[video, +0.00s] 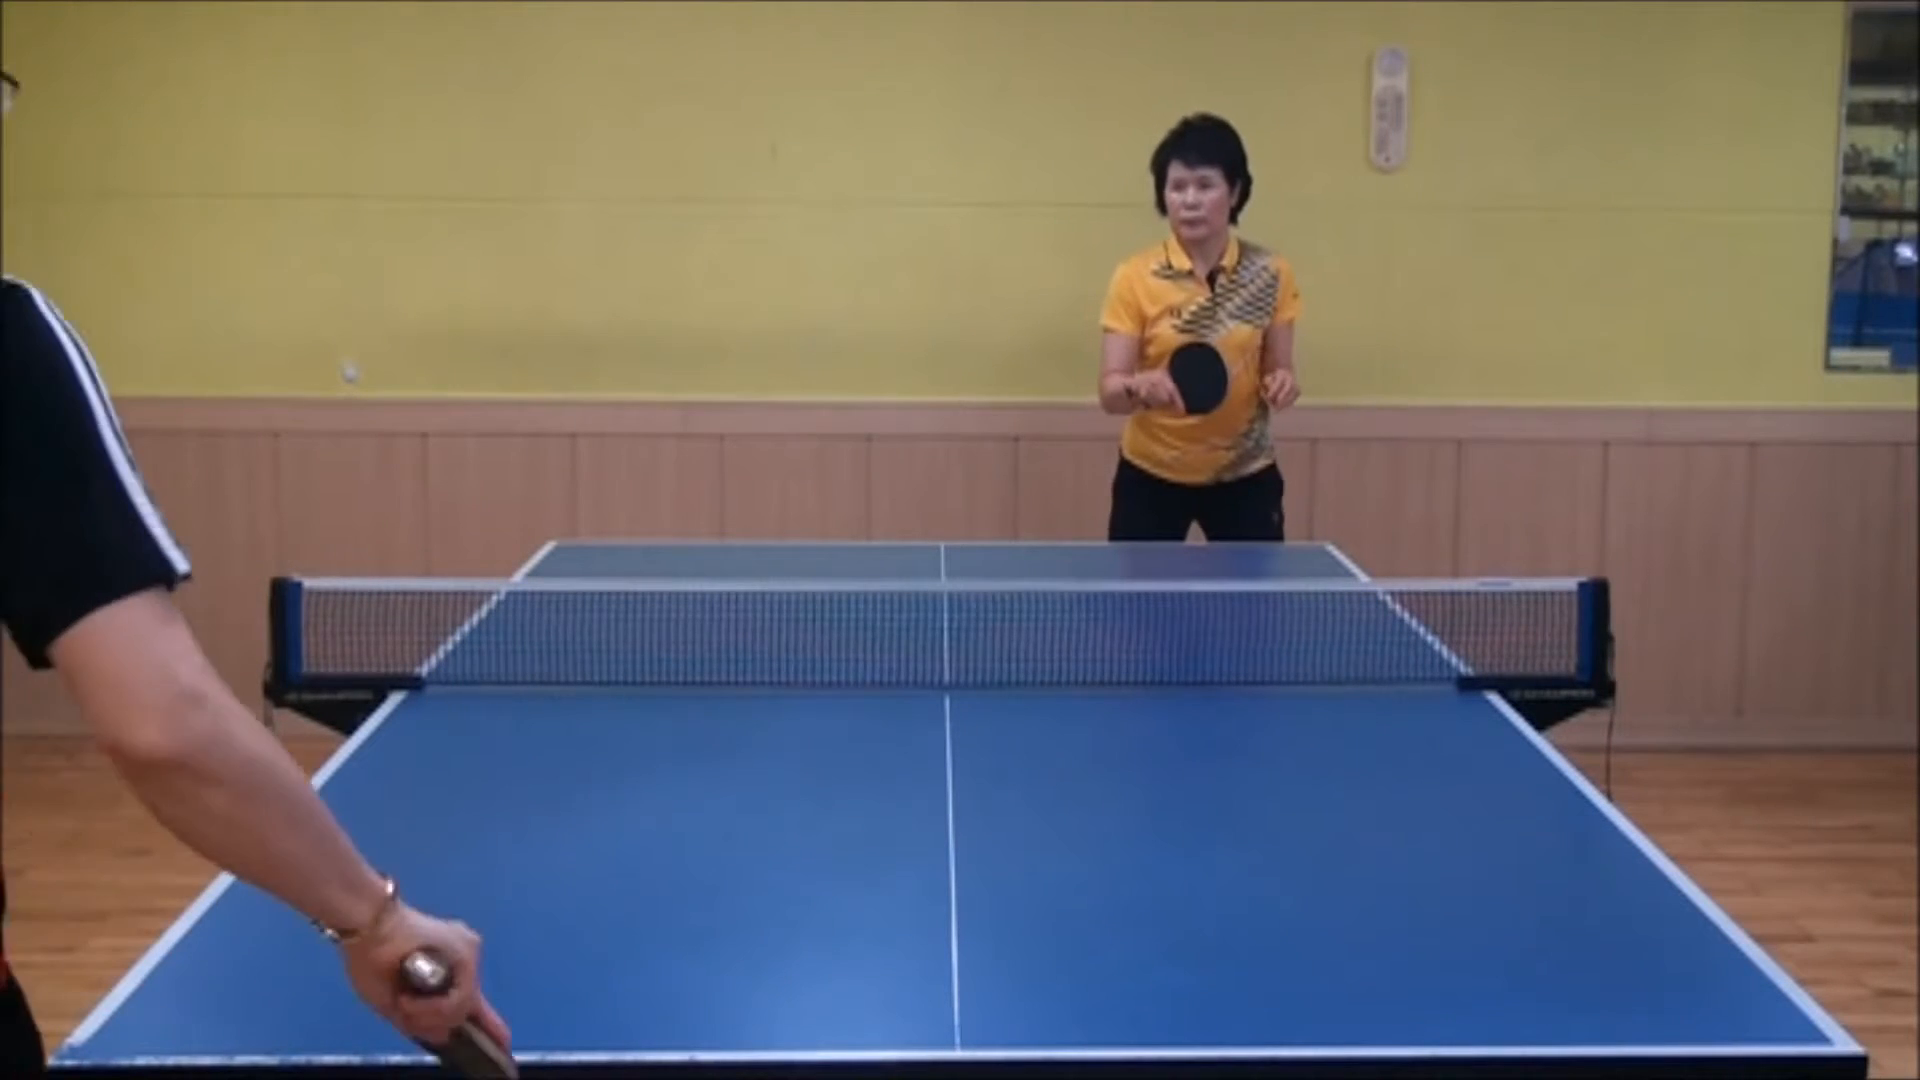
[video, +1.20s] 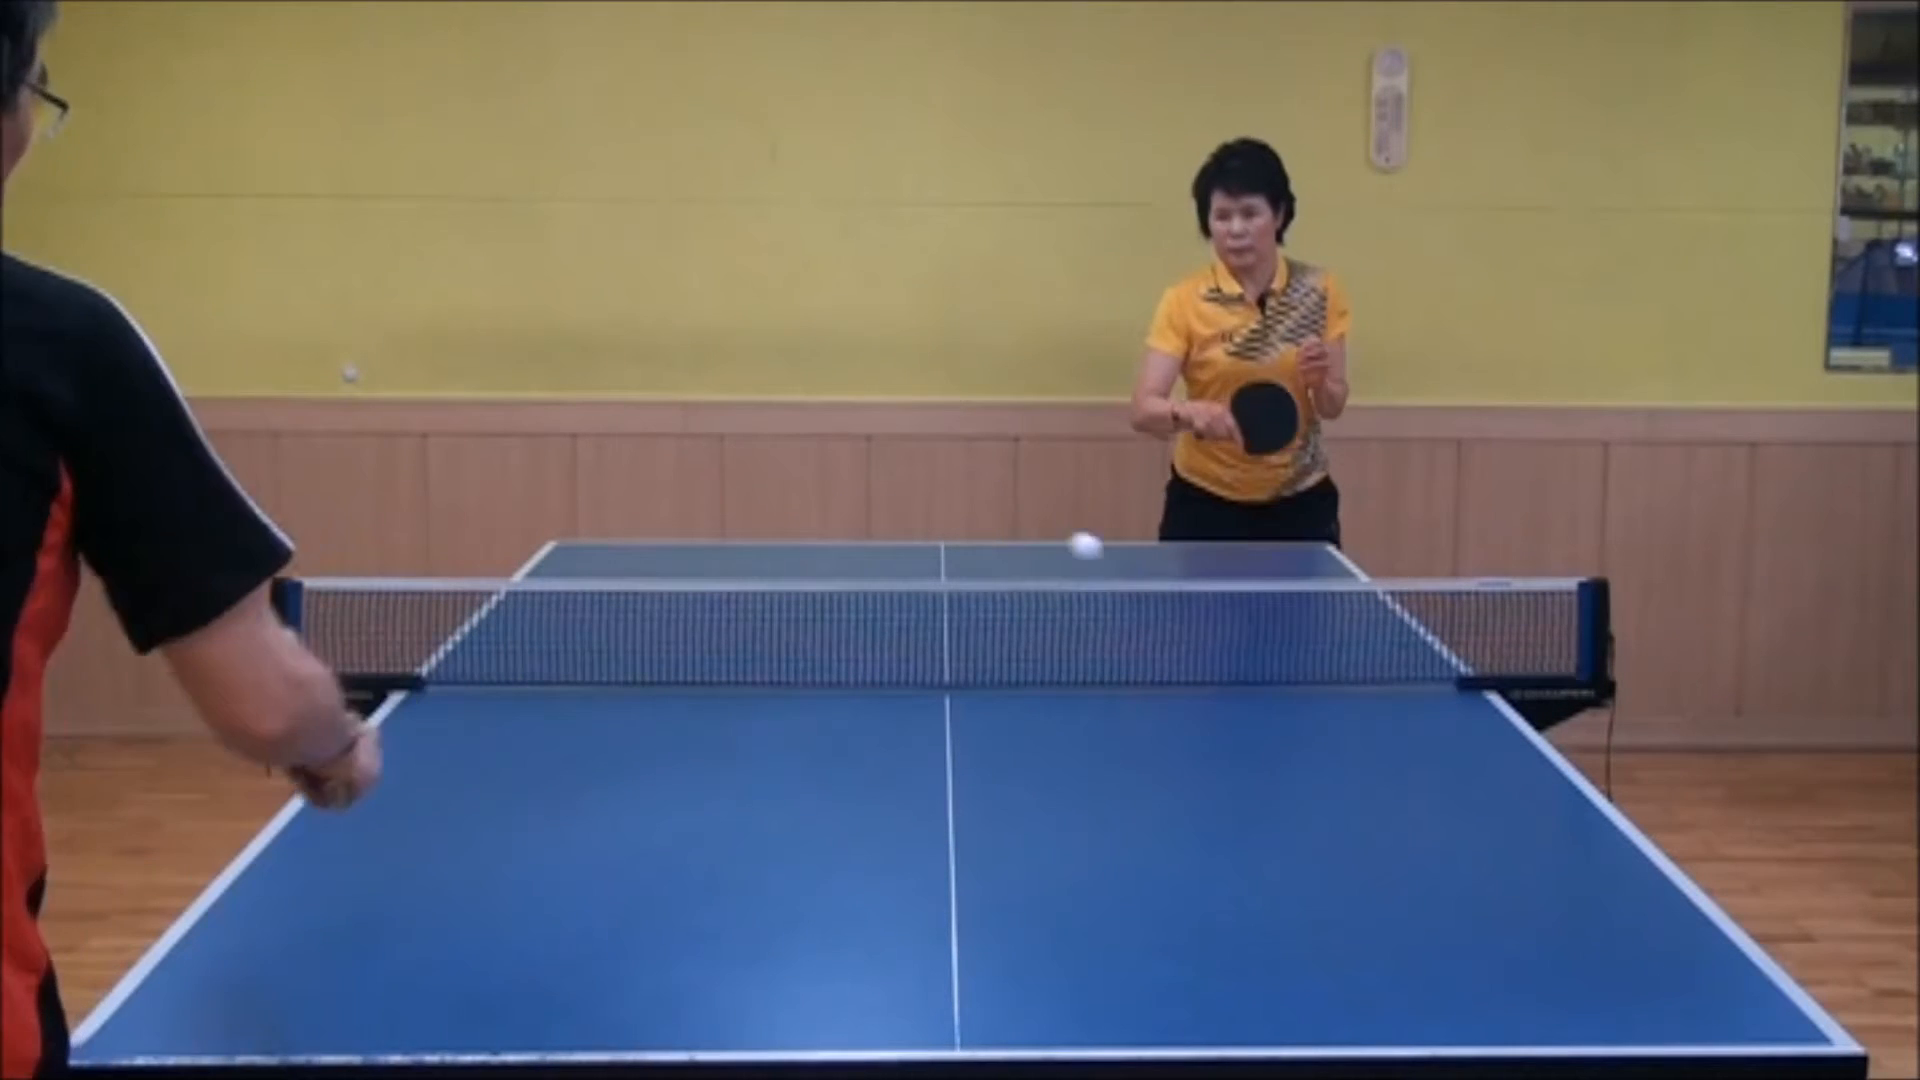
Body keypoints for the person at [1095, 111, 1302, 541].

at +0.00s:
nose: (1190, 200)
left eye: (1205, 185)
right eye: (1178, 186)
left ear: (1235, 193)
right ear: (1162, 196)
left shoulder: (1271, 277)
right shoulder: (1135, 278)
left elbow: (1277, 371)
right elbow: (1111, 392)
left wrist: (1281, 385)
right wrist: (1139, 388)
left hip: (1243, 481)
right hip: (1152, 478)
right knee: (1136, 599)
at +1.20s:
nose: (1236, 230)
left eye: (1251, 214)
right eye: (1223, 217)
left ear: (1280, 216)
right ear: (1207, 224)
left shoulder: (1320, 294)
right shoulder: (1184, 303)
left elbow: (1332, 408)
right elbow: (1144, 409)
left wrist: (1320, 381)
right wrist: (1188, 412)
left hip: (1298, 506)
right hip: (1205, 507)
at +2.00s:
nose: (1294, 255)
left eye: (1308, 239)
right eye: (1280, 241)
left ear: (1335, 238)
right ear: (1260, 245)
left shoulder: (1364, 314)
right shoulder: (1236, 321)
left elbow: (1370, 393)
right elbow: (1195, 428)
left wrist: (1381, 386)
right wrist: (1263, 416)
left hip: (1327, 508)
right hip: (1237, 508)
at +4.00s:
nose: (1290, 259)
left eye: (1305, 243)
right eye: (1276, 246)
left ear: (1335, 251)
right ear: (1259, 258)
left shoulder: (1364, 332)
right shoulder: (1237, 340)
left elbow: (1375, 440)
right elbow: (1187, 445)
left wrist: (1397, 427)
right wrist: (1226, 453)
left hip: (1331, 532)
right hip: (1240, 531)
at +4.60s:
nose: (1250, 208)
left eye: (1267, 194)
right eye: (1239, 194)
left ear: (1299, 202)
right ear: (1224, 203)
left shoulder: (1336, 284)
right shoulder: (1200, 288)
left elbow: (1345, 376)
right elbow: (1164, 403)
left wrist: (1359, 391)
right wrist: (1201, 385)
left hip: (1304, 489)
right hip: (1211, 486)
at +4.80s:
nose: (1202, 210)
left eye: (1218, 197)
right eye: (1191, 196)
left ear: (1249, 206)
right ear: (1175, 204)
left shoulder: (1283, 288)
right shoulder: (1147, 289)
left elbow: (1291, 379)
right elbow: (1114, 402)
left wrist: (1296, 397)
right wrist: (1145, 390)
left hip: (1255, 489)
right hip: (1162, 487)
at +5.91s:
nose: (1214, 206)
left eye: (1229, 192)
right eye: (1202, 192)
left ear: (1259, 199)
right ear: (1186, 201)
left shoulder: (1297, 283)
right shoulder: (1162, 285)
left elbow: (1311, 375)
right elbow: (1129, 398)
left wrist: (1301, 390)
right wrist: (1155, 389)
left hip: (1273, 486)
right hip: (1180, 484)